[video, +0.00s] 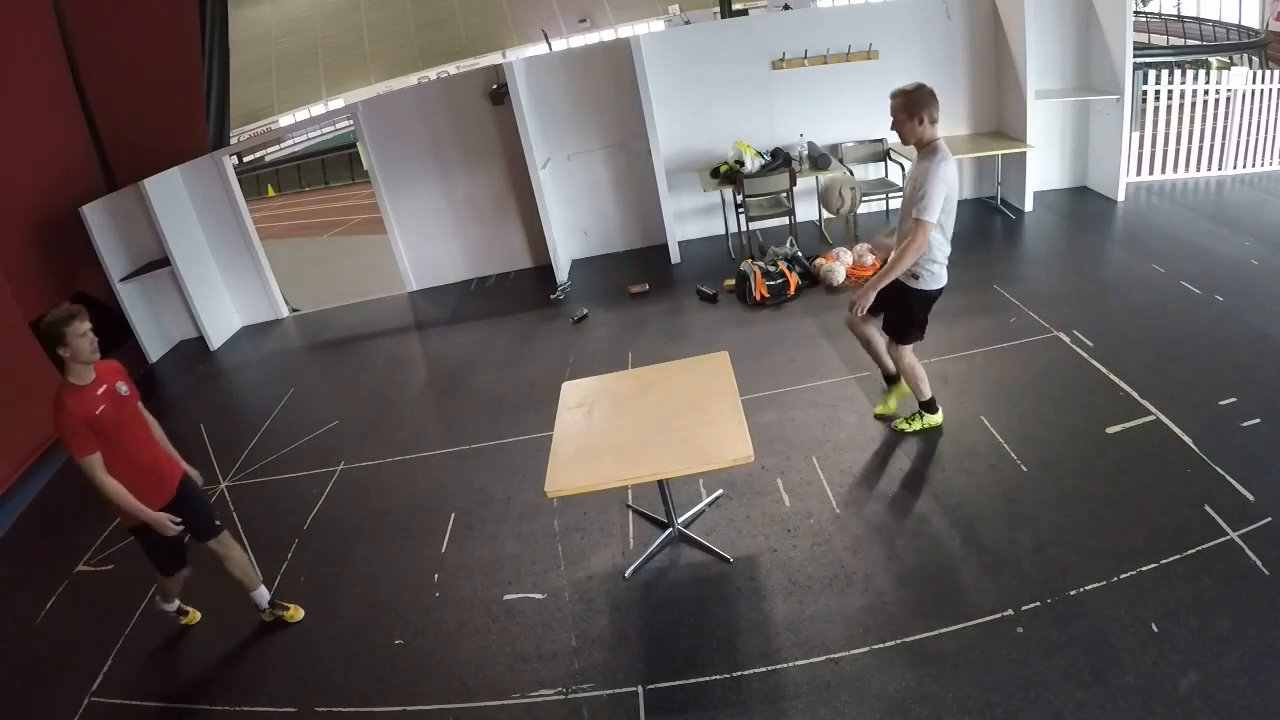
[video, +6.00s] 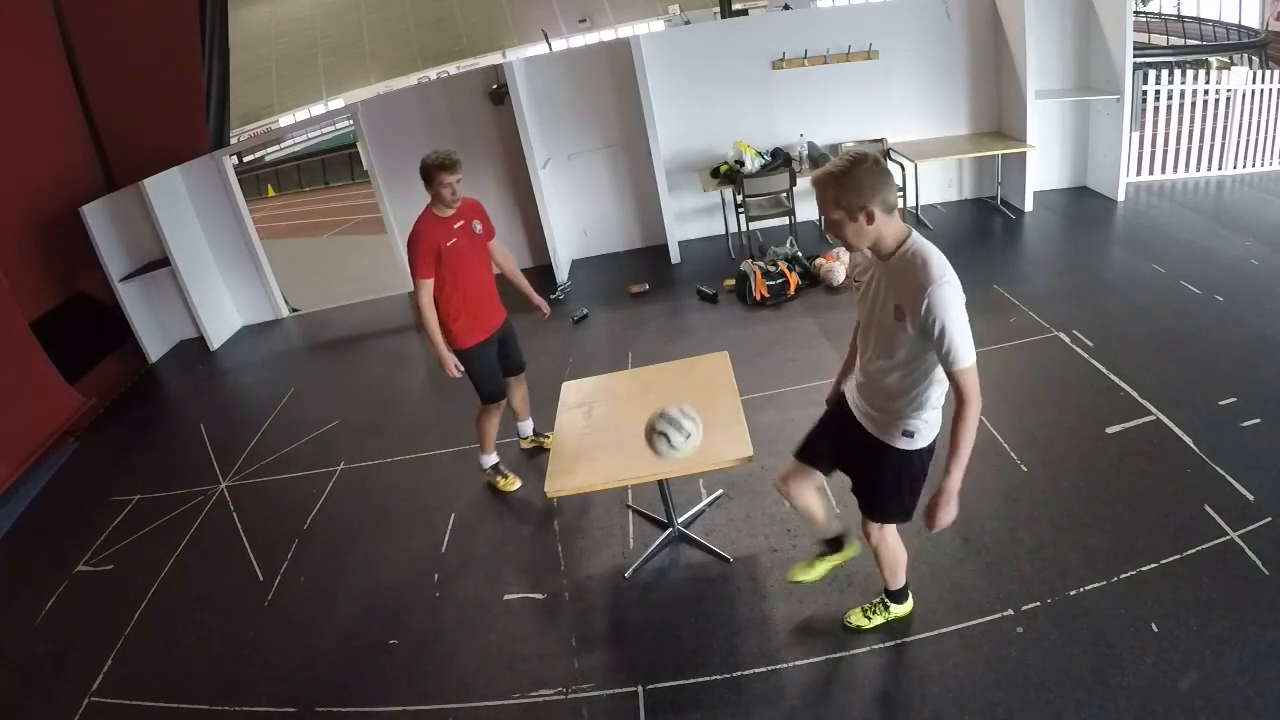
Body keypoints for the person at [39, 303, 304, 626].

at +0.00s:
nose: (94, 338)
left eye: (91, 331)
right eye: (84, 335)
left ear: (88, 335)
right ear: (63, 350)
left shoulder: (112, 370)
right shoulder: (70, 411)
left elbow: (147, 420)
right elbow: (99, 478)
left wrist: (182, 464)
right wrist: (149, 516)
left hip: (175, 480)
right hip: (145, 509)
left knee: (222, 539)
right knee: (175, 570)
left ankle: (267, 604)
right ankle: (168, 604)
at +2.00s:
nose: (271, 324)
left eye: (272, 315)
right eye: (266, 315)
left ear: (238, 311)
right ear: (236, 312)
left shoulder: (245, 345)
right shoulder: (215, 369)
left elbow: (257, 424)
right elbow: (224, 465)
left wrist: (284, 474)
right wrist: (267, 523)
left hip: (289, 483)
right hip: (272, 507)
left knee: (328, 557)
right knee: (329, 569)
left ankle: (347, 624)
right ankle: (364, 643)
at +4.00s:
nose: (296, 288)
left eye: (294, 279)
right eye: (287, 283)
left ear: (266, 291)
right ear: (258, 293)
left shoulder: (283, 323)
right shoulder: (259, 358)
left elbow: (312, 390)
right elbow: (286, 450)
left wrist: (346, 428)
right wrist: (338, 505)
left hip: (337, 454)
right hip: (317, 480)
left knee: (368, 503)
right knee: (360, 557)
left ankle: (392, 559)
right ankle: (392, 629)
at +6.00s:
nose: (455, 190)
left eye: (457, 182)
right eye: (447, 186)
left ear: (460, 179)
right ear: (430, 188)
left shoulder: (473, 209)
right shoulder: (422, 236)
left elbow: (499, 255)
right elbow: (424, 300)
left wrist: (530, 294)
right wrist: (442, 351)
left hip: (496, 318)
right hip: (467, 336)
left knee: (516, 375)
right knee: (494, 400)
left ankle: (528, 435)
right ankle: (489, 463)